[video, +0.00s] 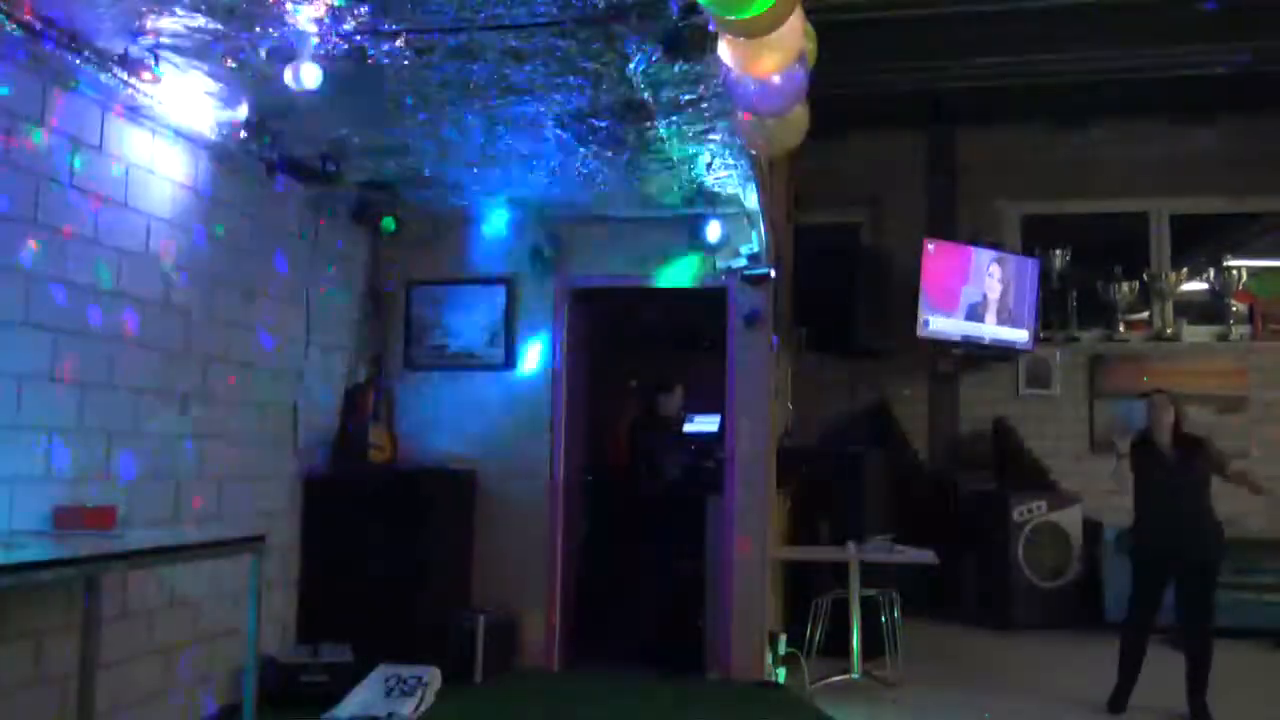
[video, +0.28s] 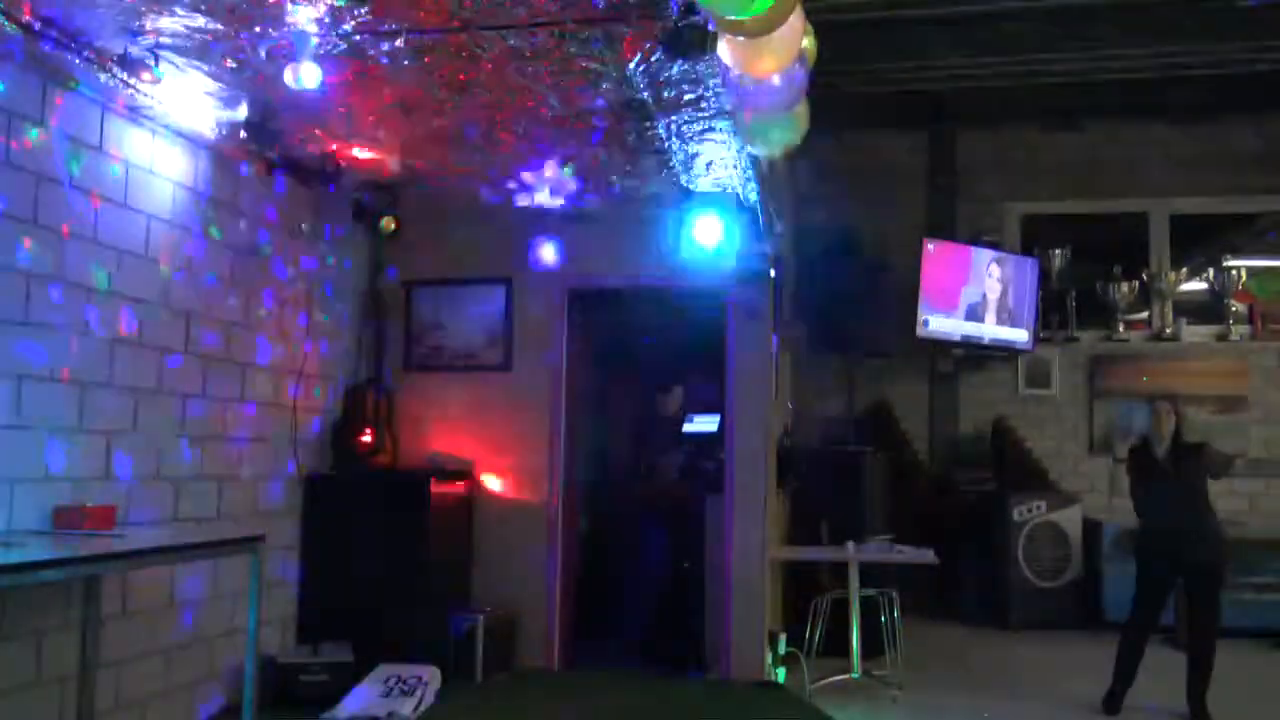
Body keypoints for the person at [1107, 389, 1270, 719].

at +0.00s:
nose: (1159, 415)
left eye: (1165, 408)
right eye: (1153, 409)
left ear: (1176, 413)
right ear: (1147, 415)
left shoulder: (1196, 446)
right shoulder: (1140, 447)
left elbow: (1226, 470)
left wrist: (1252, 484)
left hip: (1197, 547)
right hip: (1152, 546)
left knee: (1197, 627)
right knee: (1137, 621)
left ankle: (1197, 700)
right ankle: (1122, 690)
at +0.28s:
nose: (1164, 421)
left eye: (1169, 415)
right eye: (1158, 415)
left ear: (1177, 421)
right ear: (1149, 420)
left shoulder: (1194, 452)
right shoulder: (1139, 455)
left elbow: (1226, 464)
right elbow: (1140, 503)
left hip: (1200, 551)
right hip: (1157, 551)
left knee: (1202, 629)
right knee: (1140, 622)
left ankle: (1198, 702)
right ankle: (1117, 693)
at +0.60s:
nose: (1147, 424)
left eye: (1153, 419)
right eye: (1141, 417)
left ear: (1162, 424)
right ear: (1131, 422)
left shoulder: (1175, 458)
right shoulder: (1118, 457)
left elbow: (1212, 483)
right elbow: (1120, 493)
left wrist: (1258, 500)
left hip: (1182, 552)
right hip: (1137, 553)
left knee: (1191, 628)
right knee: (1125, 624)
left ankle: (1196, 704)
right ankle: (1108, 698)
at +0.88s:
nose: (1131, 416)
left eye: (1137, 410)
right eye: (1124, 410)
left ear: (1146, 415)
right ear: (1112, 415)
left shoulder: (1156, 450)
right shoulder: (1096, 451)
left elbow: (1159, 493)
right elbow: (1099, 487)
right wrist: (1121, 447)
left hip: (1152, 545)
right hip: (1109, 548)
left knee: (1172, 626)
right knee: (1108, 625)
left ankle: (1190, 701)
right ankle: (1107, 697)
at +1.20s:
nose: (1121, 421)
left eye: (1127, 414)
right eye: (1115, 414)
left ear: (1135, 419)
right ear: (1103, 418)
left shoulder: (1142, 455)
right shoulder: (1085, 452)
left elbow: (1149, 496)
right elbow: (1081, 500)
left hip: (1134, 548)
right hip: (1093, 549)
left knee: (1153, 622)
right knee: (1099, 627)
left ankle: (1172, 693)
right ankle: (1106, 698)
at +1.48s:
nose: (1118, 425)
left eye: (1123, 419)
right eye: (1112, 419)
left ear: (1130, 425)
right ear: (1100, 424)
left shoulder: (1140, 463)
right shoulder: (1085, 461)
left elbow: (1156, 505)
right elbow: (1076, 507)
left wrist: (1159, 540)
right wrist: (1069, 553)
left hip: (1132, 552)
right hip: (1092, 554)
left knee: (1153, 623)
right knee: (1099, 628)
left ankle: (1162, 695)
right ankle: (1106, 697)